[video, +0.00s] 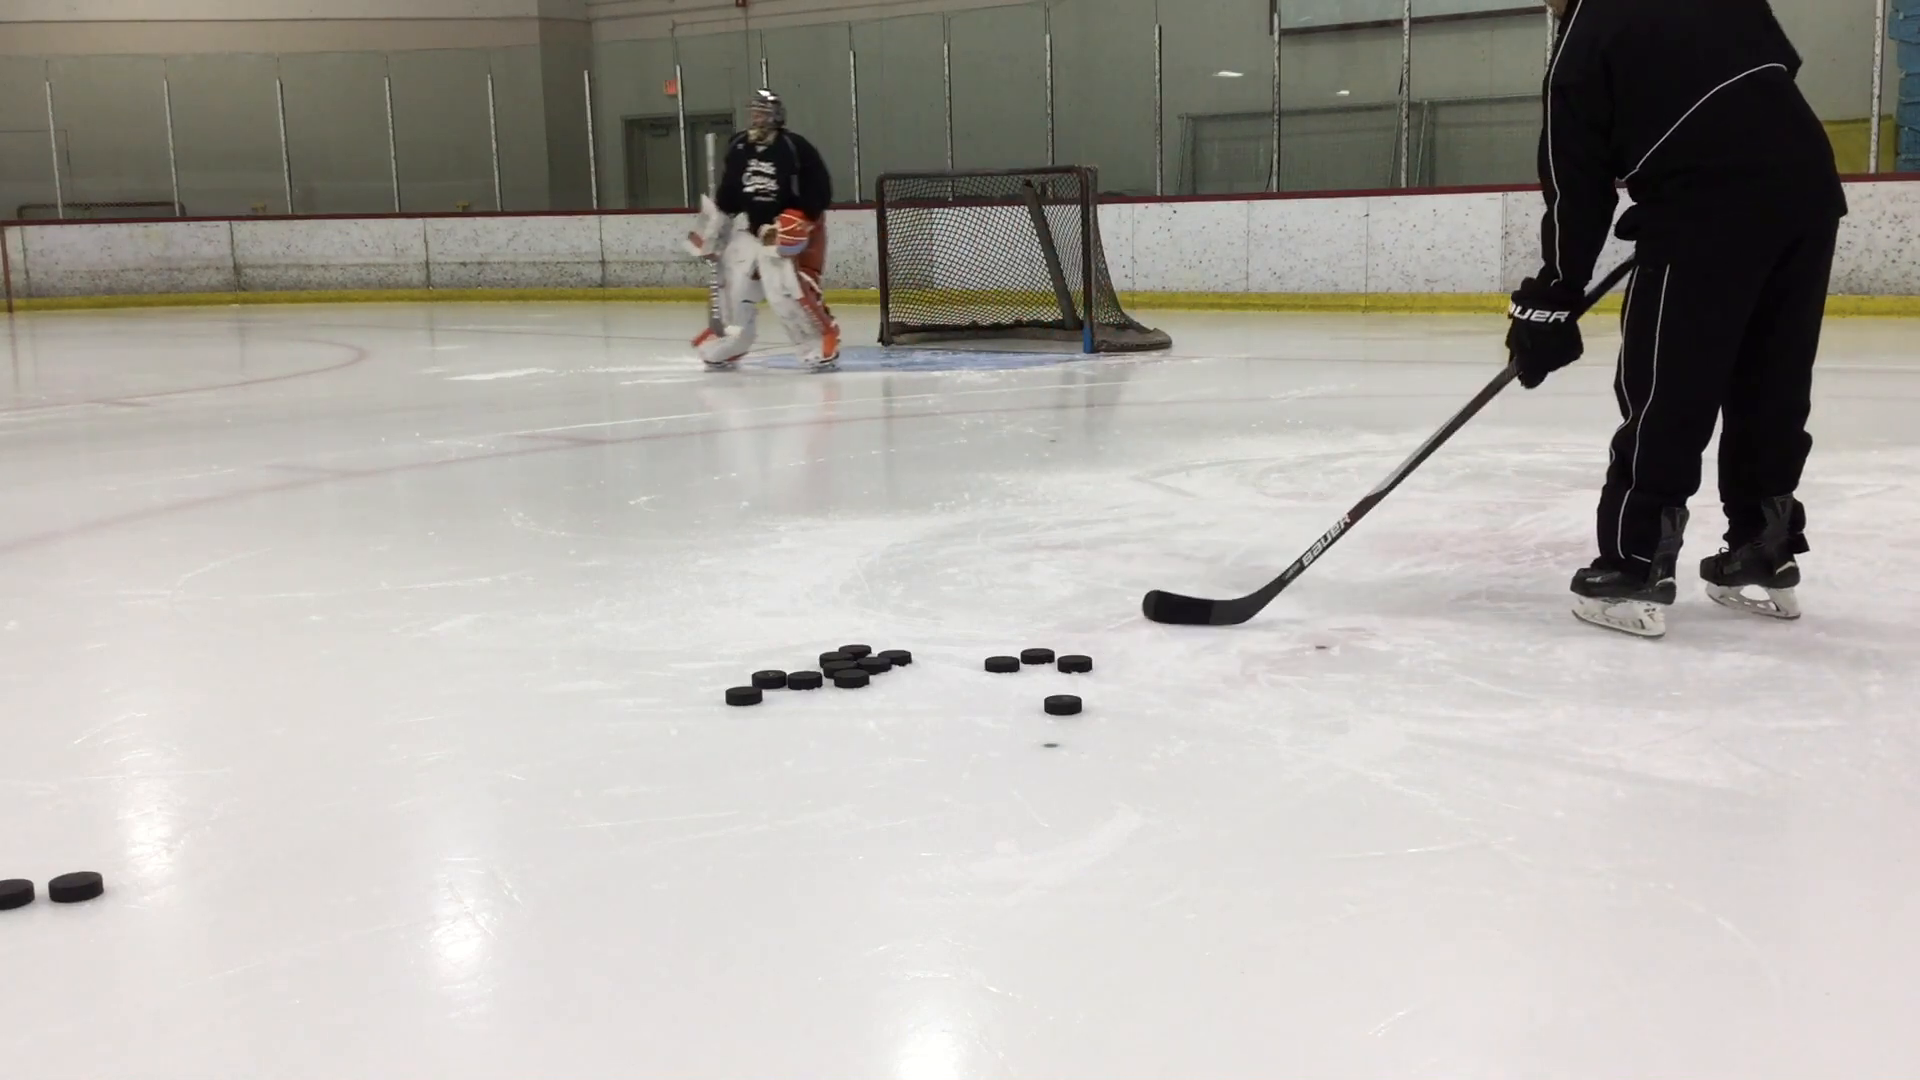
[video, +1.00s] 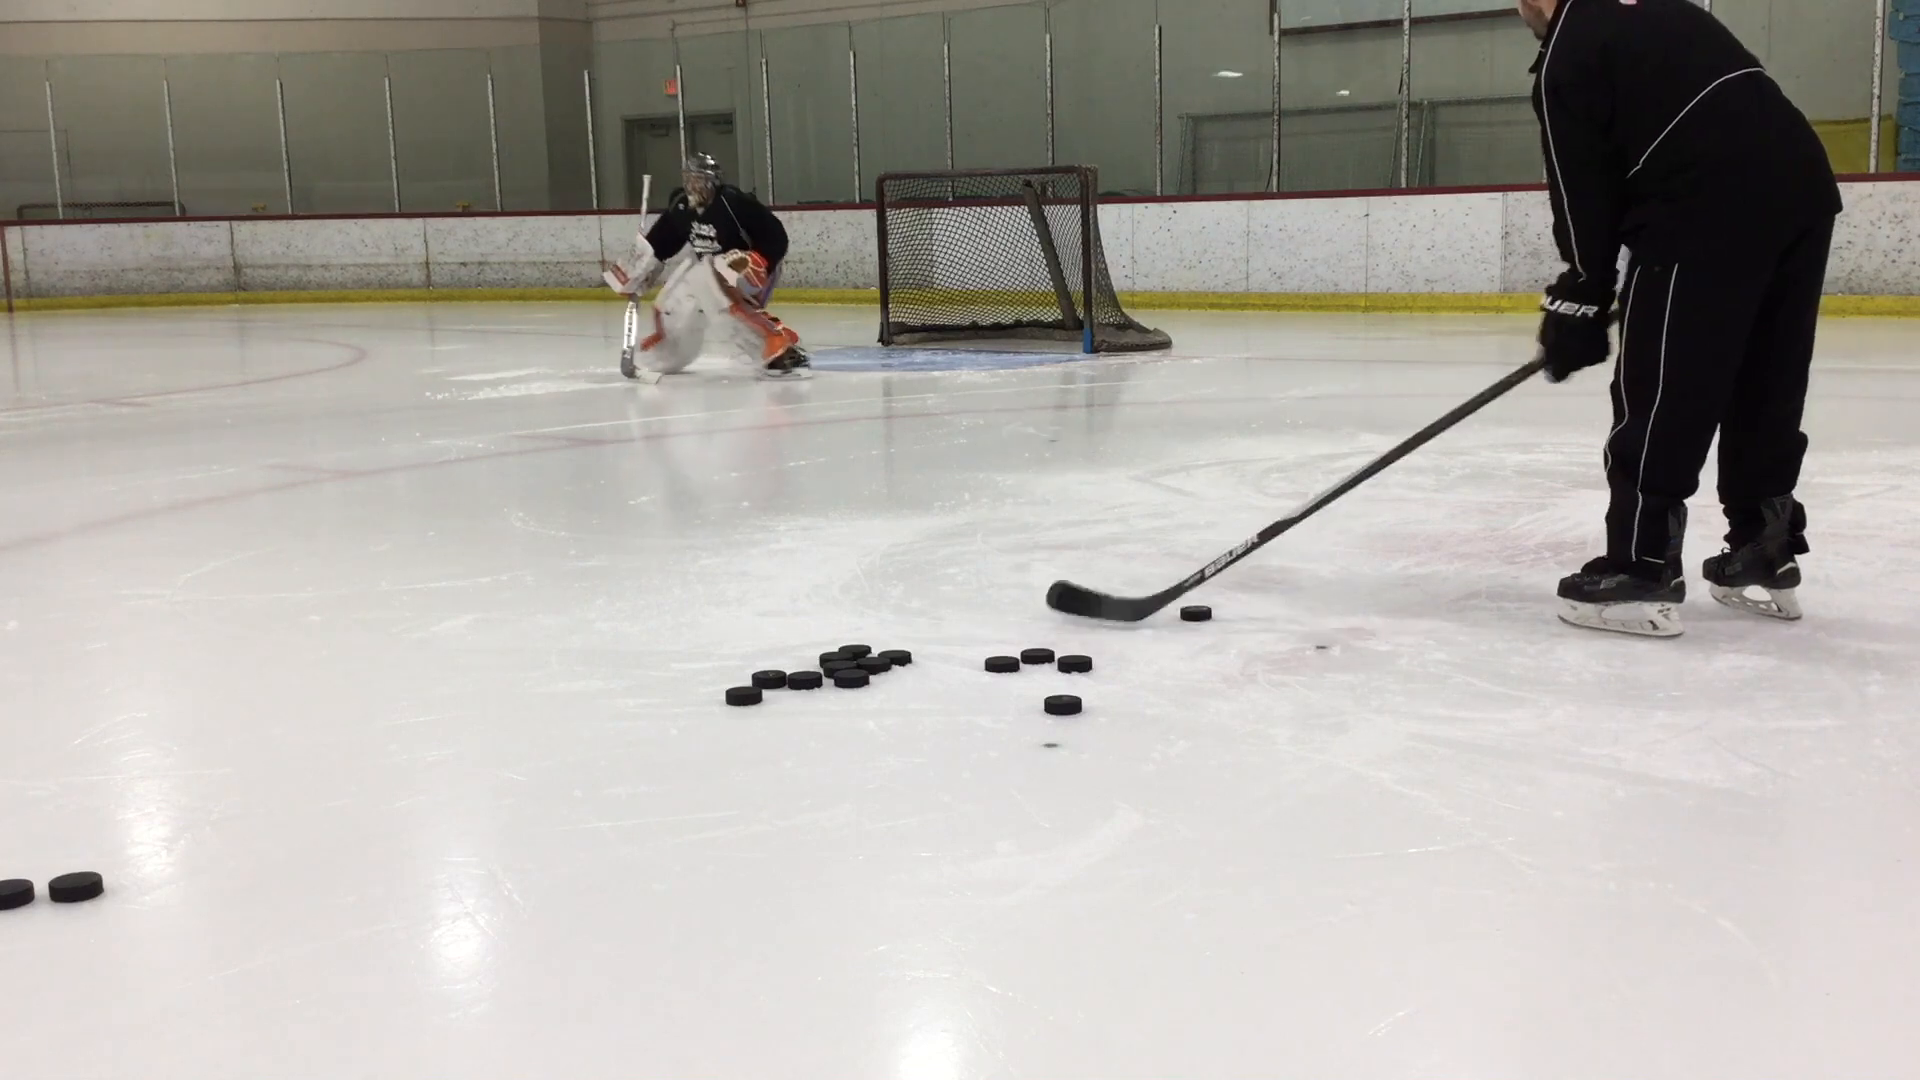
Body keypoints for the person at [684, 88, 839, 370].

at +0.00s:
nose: (756, 119)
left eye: (763, 114)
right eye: (753, 114)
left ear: (777, 118)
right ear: (749, 115)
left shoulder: (796, 149)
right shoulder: (740, 147)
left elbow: (817, 194)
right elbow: (729, 193)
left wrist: (788, 227)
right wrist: (711, 228)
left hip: (780, 238)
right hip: (743, 234)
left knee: (784, 296)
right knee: (734, 290)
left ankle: (816, 349)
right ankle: (730, 345)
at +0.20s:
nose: (709, 125)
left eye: (715, 119)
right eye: (705, 119)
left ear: (730, 122)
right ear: (700, 122)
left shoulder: (755, 154)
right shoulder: (693, 155)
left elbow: (781, 194)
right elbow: (678, 201)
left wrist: (763, 223)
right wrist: (655, 239)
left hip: (743, 240)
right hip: (705, 237)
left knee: (751, 296)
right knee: (685, 288)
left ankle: (787, 351)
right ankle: (671, 351)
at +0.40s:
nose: (667, 141)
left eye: (674, 135)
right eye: (664, 136)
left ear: (689, 136)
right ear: (660, 137)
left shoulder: (719, 162)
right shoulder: (653, 168)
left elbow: (749, 202)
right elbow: (633, 216)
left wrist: (732, 233)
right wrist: (610, 257)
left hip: (710, 247)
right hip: (670, 249)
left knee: (726, 304)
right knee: (654, 304)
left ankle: (755, 359)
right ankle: (633, 362)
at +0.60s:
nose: (656, 155)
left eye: (662, 150)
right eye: (652, 150)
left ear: (678, 151)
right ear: (647, 151)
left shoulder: (707, 175)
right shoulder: (640, 181)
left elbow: (739, 209)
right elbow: (620, 228)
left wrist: (723, 244)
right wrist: (595, 270)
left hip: (699, 254)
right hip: (659, 257)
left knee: (712, 308)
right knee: (642, 311)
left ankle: (739, 362)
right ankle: (615, 368)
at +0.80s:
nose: (671, 162)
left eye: (677, 156)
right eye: (667, 156)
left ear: (691, 157)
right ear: (662, 158)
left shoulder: (719, 181)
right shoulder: (658, 188)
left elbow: (755, 213)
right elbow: (640, 230)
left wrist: (740, 244)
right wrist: (614, 263)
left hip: (712, 262)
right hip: (677, 268)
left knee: (708, 308)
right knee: (640, 310)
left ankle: (760, 354)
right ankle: (604, 359)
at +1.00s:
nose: (694, 185)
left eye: (700, 179)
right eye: (690, 179)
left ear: (714, 181)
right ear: (684, 180)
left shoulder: (734, 202)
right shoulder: (683, 205)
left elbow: (776, 236)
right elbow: (661, 241)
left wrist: (755, 264)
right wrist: (636, 272)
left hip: (746, 269)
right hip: (704, 270)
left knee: (723, 306)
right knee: (672, 306)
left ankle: (781, 349)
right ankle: (666, 357)